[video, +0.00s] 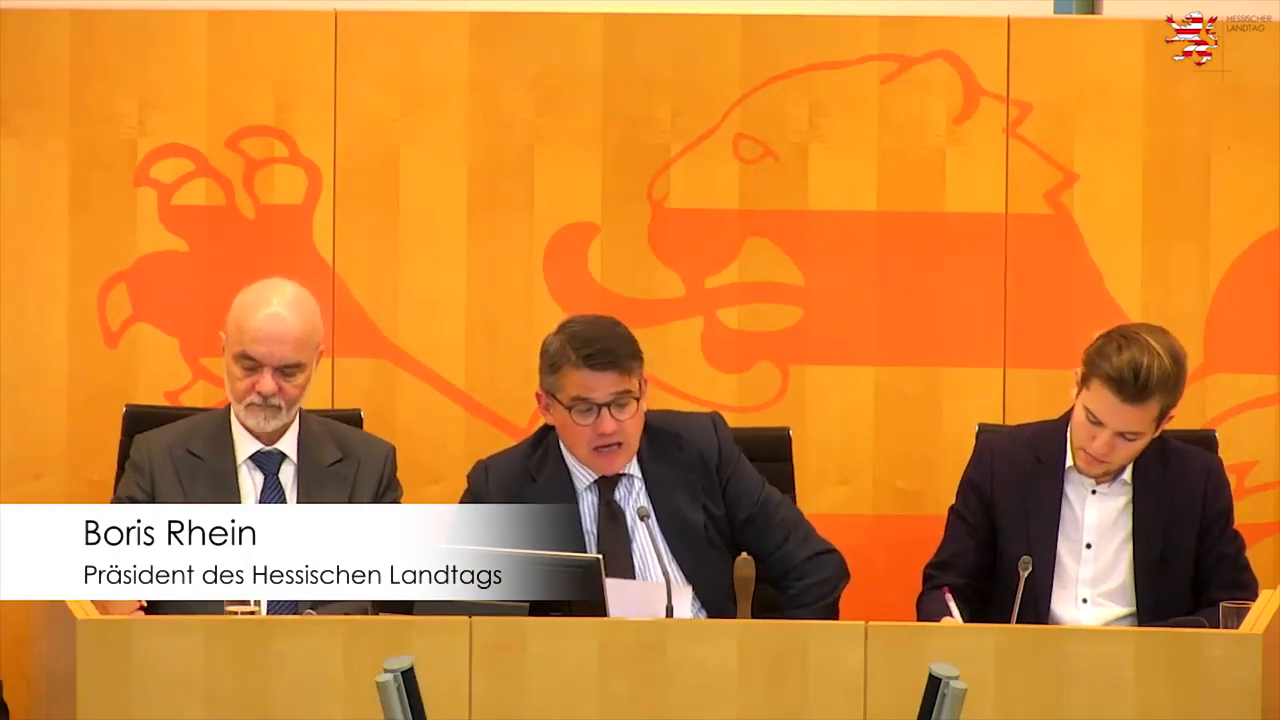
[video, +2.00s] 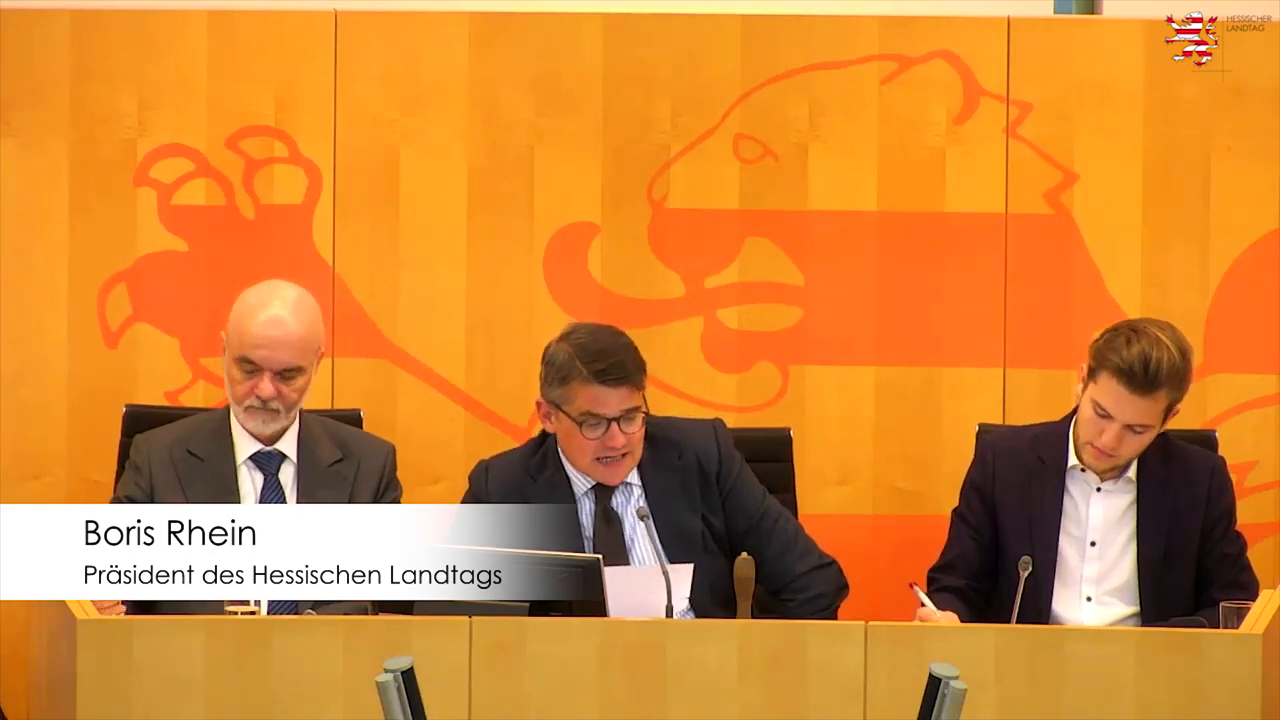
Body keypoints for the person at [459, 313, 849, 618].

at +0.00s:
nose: (607, 426)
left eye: (620, 403)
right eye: (584, 409)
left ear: (642, 389)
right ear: (547, 406)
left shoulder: (703, 448)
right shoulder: (499, 486)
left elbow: (815, 571)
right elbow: (468, 624)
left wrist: (773, 674)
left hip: (710, 668)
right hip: (570, 681)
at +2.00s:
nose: (617, 441)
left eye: (630, 417)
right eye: (592, 423)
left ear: (644, 397)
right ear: (548, 416)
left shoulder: (705, 454)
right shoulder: (500, 489)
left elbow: (813, 583)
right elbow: (462, 623)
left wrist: (760, 677)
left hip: (703, 677)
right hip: (563, 686)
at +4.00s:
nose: (614, 438)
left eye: (630, 416)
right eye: (592, 420)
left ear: (647, 396)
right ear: (550, 409)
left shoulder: (704, 456)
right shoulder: (498, 488)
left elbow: (812, 583)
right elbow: (462, 622)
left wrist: (758, 677)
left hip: (702, 677)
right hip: (562, 686)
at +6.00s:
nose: (618, 440)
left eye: (634, 418)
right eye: (597, 420)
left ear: (651, 402)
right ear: (554, 409)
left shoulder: (705, 456)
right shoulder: (499, 489)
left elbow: (815, 584)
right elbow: (447, 614)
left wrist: (757, 676)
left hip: (700, 679)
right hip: (561, 685)